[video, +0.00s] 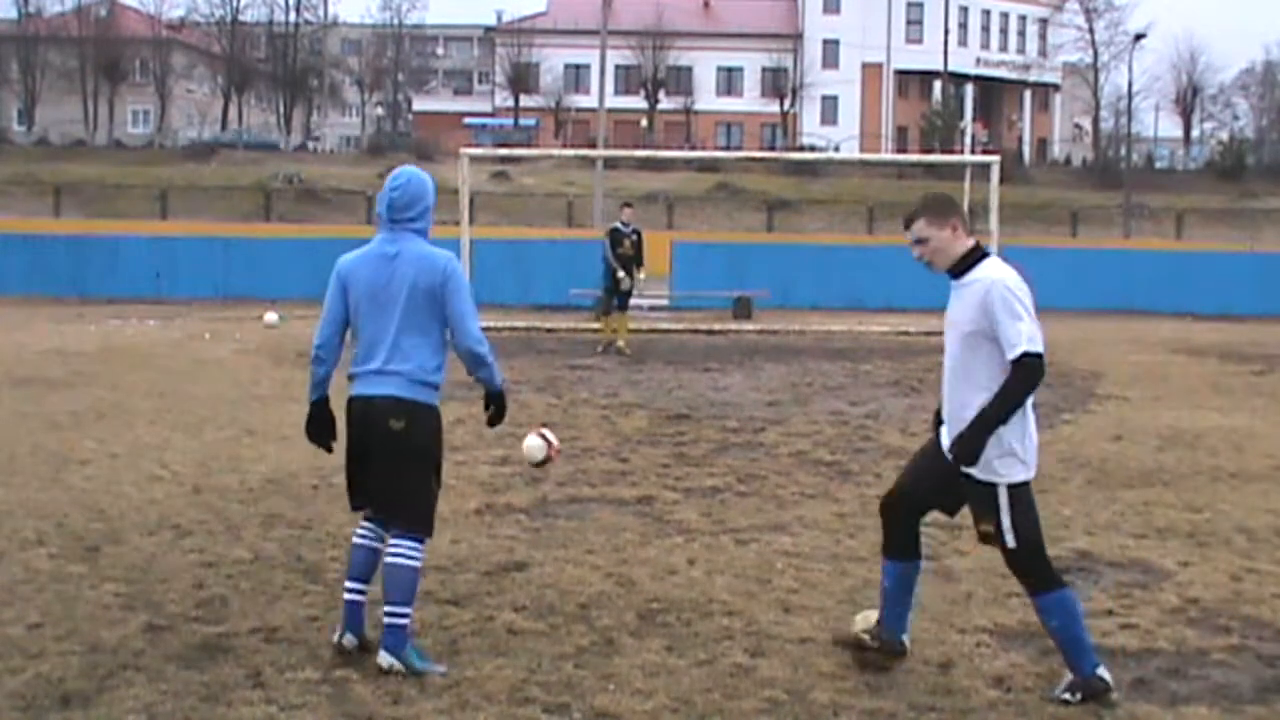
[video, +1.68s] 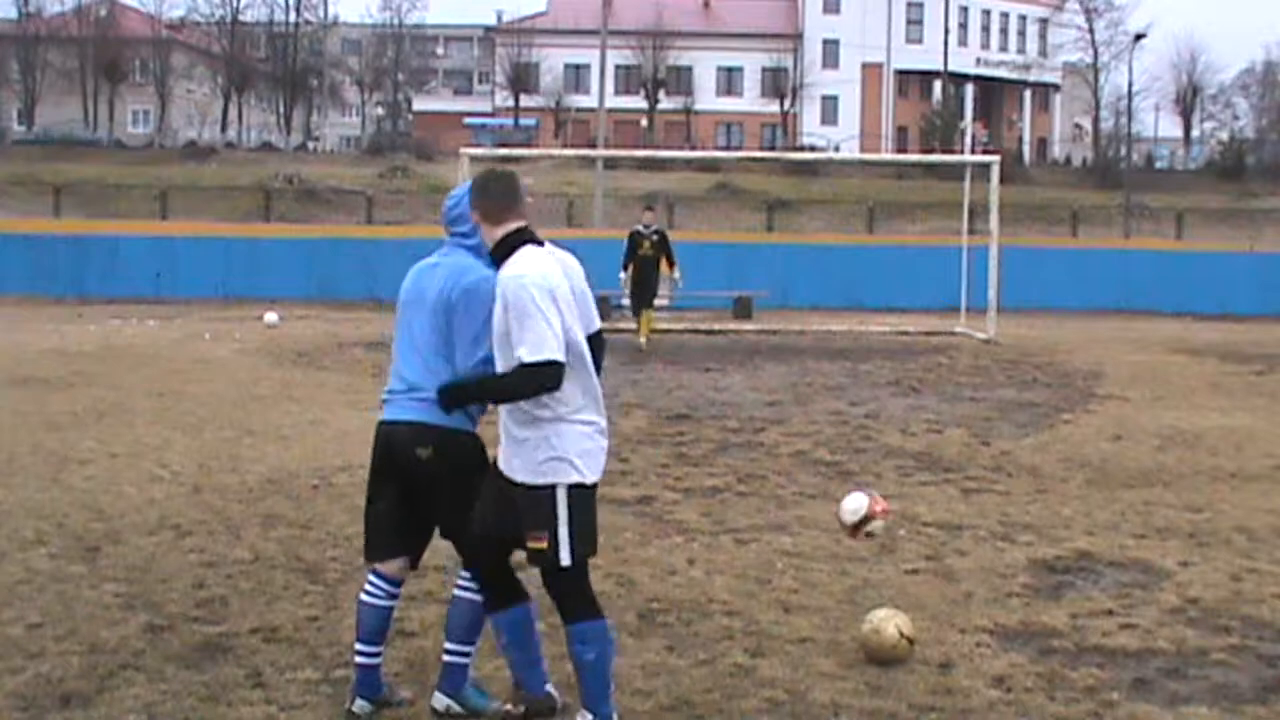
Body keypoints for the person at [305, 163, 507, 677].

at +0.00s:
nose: (431, 215)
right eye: (430, 207)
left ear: (382, 206)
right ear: (428, 210)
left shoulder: (351, 264)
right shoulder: (443, 265)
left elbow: (326, 342)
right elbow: (468, 339)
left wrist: (318, 399)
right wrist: (493, 384)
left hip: (363, 407)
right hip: (414, 412)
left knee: (373, 514)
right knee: (410, 528)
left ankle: (350, 627)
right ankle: (395, 643)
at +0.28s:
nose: (451, 231)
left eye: (451, 224)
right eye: (449, 224)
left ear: (400, 218)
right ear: (440, 224)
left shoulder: (361, 277)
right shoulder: (443, 278)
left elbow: (337, 355)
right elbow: (466, 360)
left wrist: (319, 413)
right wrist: (495, 414)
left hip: (385, 430)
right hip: (440, 427)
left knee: (415, 530)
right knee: (490, 517)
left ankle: (416, 646)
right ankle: (446, 608)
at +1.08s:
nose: (525, 239)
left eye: (525, 230)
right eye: (524, 230)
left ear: (472, 220)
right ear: (511, 230)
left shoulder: (420, 270)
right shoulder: (504, 286)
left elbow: (386, 354)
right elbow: (505, 380)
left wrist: (402, 406)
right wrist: (529, 434)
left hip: (404, 429)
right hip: (463, 436)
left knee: (424, 542)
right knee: (473, 556)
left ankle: (406, 658)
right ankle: (459, 680)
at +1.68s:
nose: (500, 233)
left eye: (497, 222)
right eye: (496, 225)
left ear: (451, 222)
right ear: (483, 225)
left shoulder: (418, 272)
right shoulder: (478, 280)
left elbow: (414, 350)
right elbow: (475, 366)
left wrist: (468, 386)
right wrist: (494, 393)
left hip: (393, 429)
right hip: (446, 436)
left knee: (390, 559)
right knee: (484, 555)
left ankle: (366, 684)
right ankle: (454, 682)